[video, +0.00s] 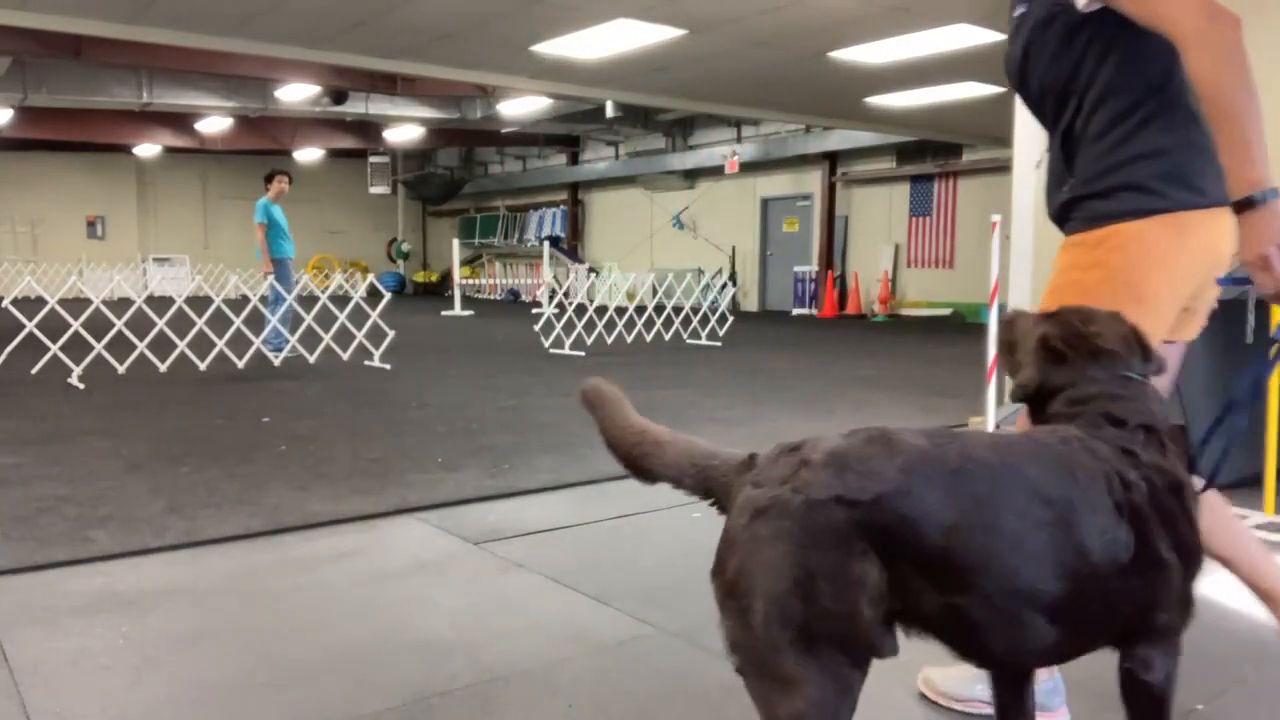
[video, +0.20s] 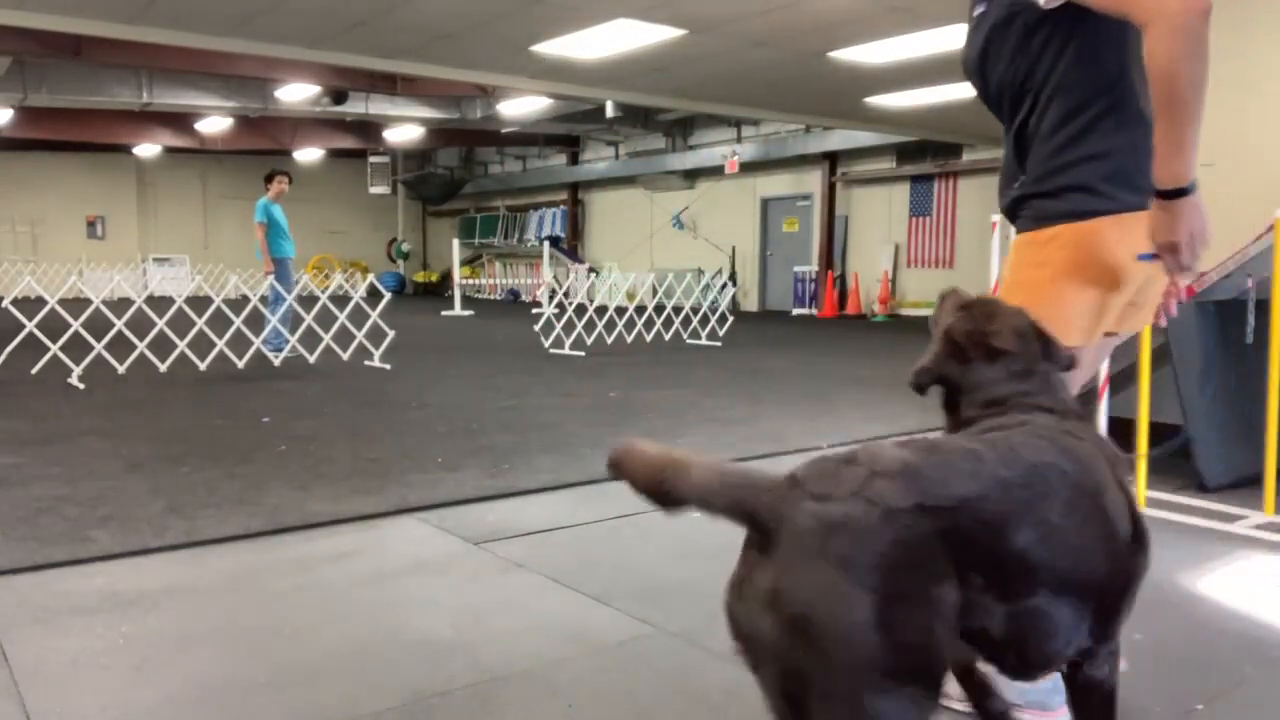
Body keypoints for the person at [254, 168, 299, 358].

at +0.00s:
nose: (284, 186)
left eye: (287, 183)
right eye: (280, 182)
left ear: (288, 187)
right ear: (270, 184)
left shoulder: (277, 206)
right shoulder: (263, 204)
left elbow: (280, 233)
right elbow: (261, 234)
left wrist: (287, 256)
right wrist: (267, 262)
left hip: (285, 257)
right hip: (277, 258)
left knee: (276, 299)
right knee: (286, 299)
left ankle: (272, 340)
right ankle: (277, 342)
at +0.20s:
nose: (284, 187)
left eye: (286, 183)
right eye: (280, 182)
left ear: (288, 187)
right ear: (270, 185)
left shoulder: (277, 206)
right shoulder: (263, 204)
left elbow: (280, 232)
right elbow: (261, 234)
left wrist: (287, 255)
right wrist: (267, 261)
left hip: (285, 256)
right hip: (277, 257)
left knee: (276, 299)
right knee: (286, 298)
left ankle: (273, 340)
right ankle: (277, 342)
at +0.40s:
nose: (284, 187)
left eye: (286, 184)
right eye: (280, 183)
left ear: (288, 187)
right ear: (270, 185)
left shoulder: (277, 206)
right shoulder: (263, 204)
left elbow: (280, 233)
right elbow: (260, 234)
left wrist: (287, 255)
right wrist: (267, 261)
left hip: (286, 256)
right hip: (277, 257)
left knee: (276, 299)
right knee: (286, 298)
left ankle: (272, 340)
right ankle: (277, 341)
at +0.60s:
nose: (284, 188)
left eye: (286, 184)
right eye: (280, 183)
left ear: (288, 188)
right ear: (270, 185)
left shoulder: (278, 207)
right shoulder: (263, 204)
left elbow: (280, 233)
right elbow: (260, 233)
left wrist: (288, 256)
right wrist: (266, 261)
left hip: (286, 256)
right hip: (277, 257)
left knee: (276, 299)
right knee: (286, 298)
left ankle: (272, 340)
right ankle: (276, 341)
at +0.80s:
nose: (284, 188)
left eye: (286, 185)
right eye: (280, 183)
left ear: (288, 188)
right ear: (270, 185)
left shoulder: (278, 207)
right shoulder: (263, 204)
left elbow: (280, 233)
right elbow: (260, 233)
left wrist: (288, 256)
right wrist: (266, 261)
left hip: (286, 256)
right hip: (277, 257)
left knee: (276, 299)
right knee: (286, 298)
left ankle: (273, 340)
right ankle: (276, 341)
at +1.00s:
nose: (283, 188)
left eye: (286, 184)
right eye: (279, 183)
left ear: (288, 188)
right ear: (270, 185)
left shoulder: (277, 207)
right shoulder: (262, 204)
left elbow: (280, 233)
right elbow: (260, 234)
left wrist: (288, 256)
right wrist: (267, 261)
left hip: (286, 256)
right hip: (278, 257)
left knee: (276, 299)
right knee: (286, 298)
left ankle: (272, 340)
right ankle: (276, 342)